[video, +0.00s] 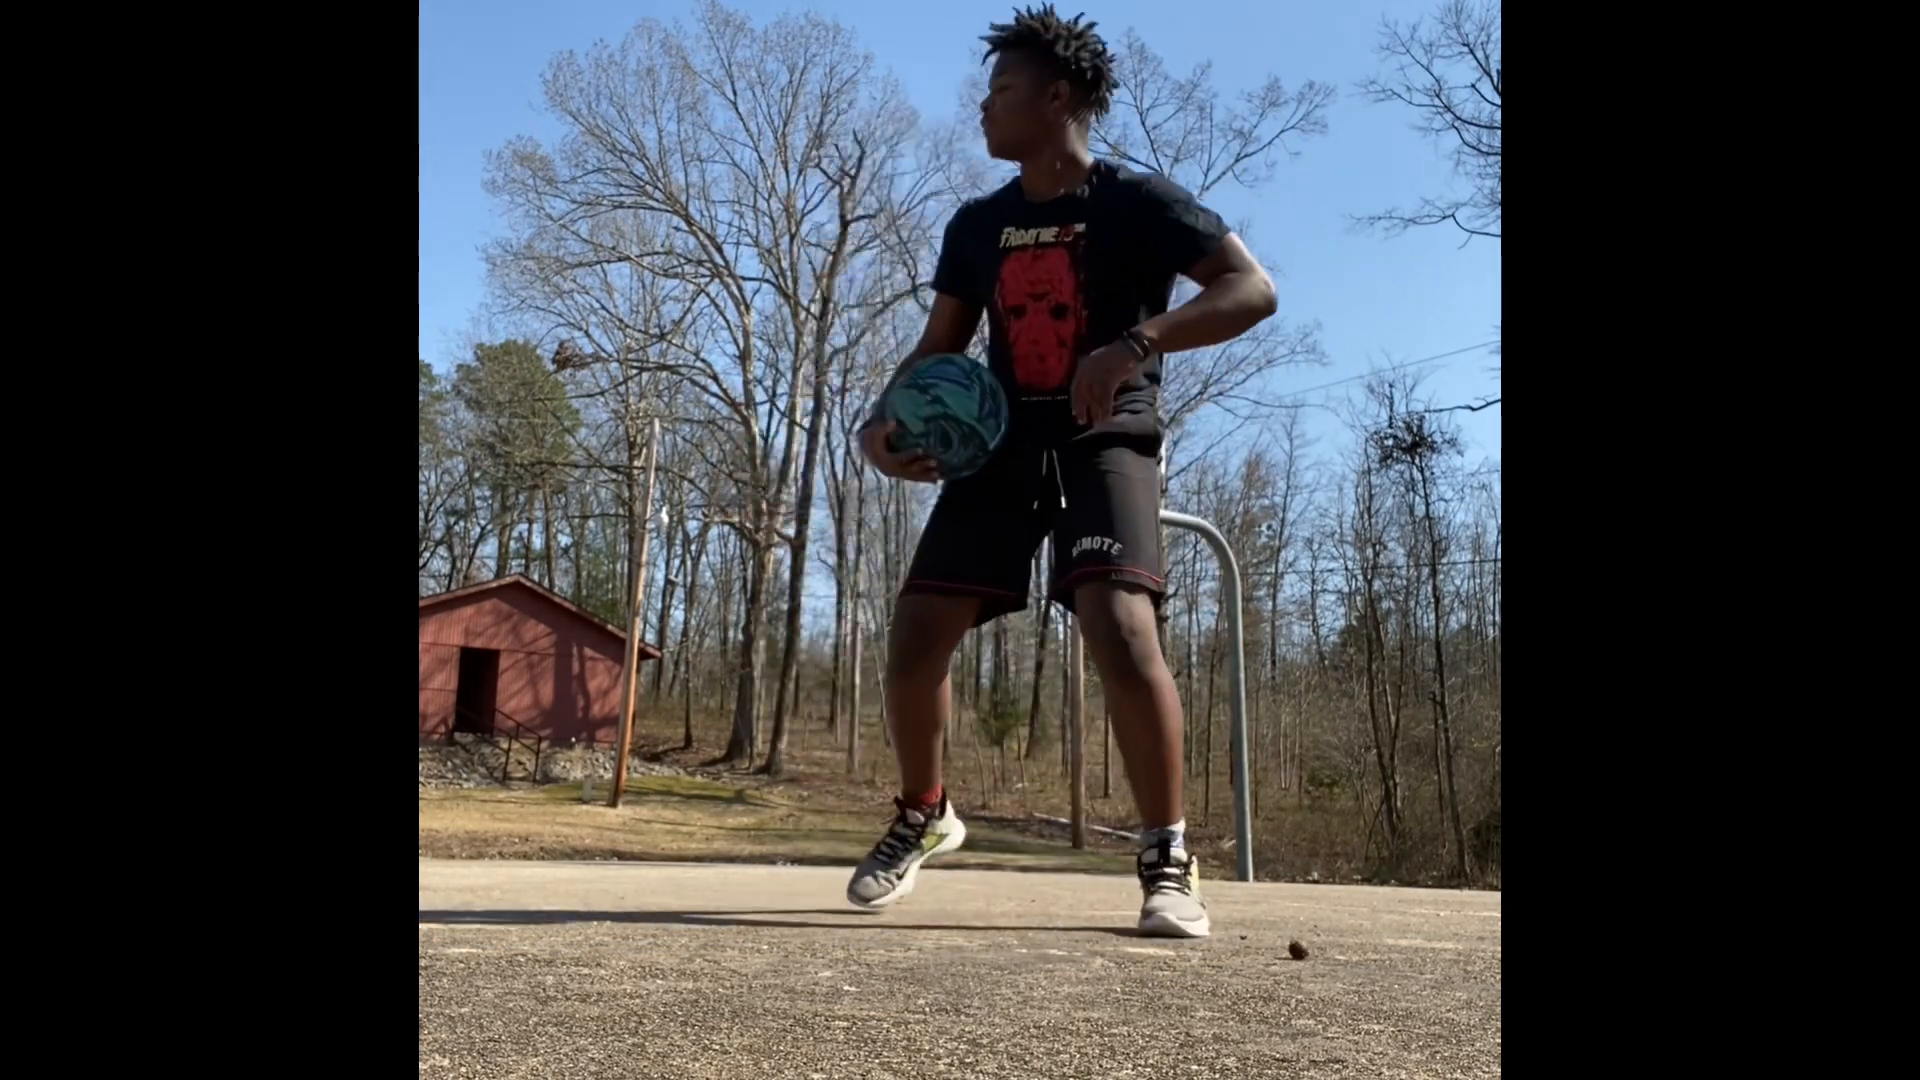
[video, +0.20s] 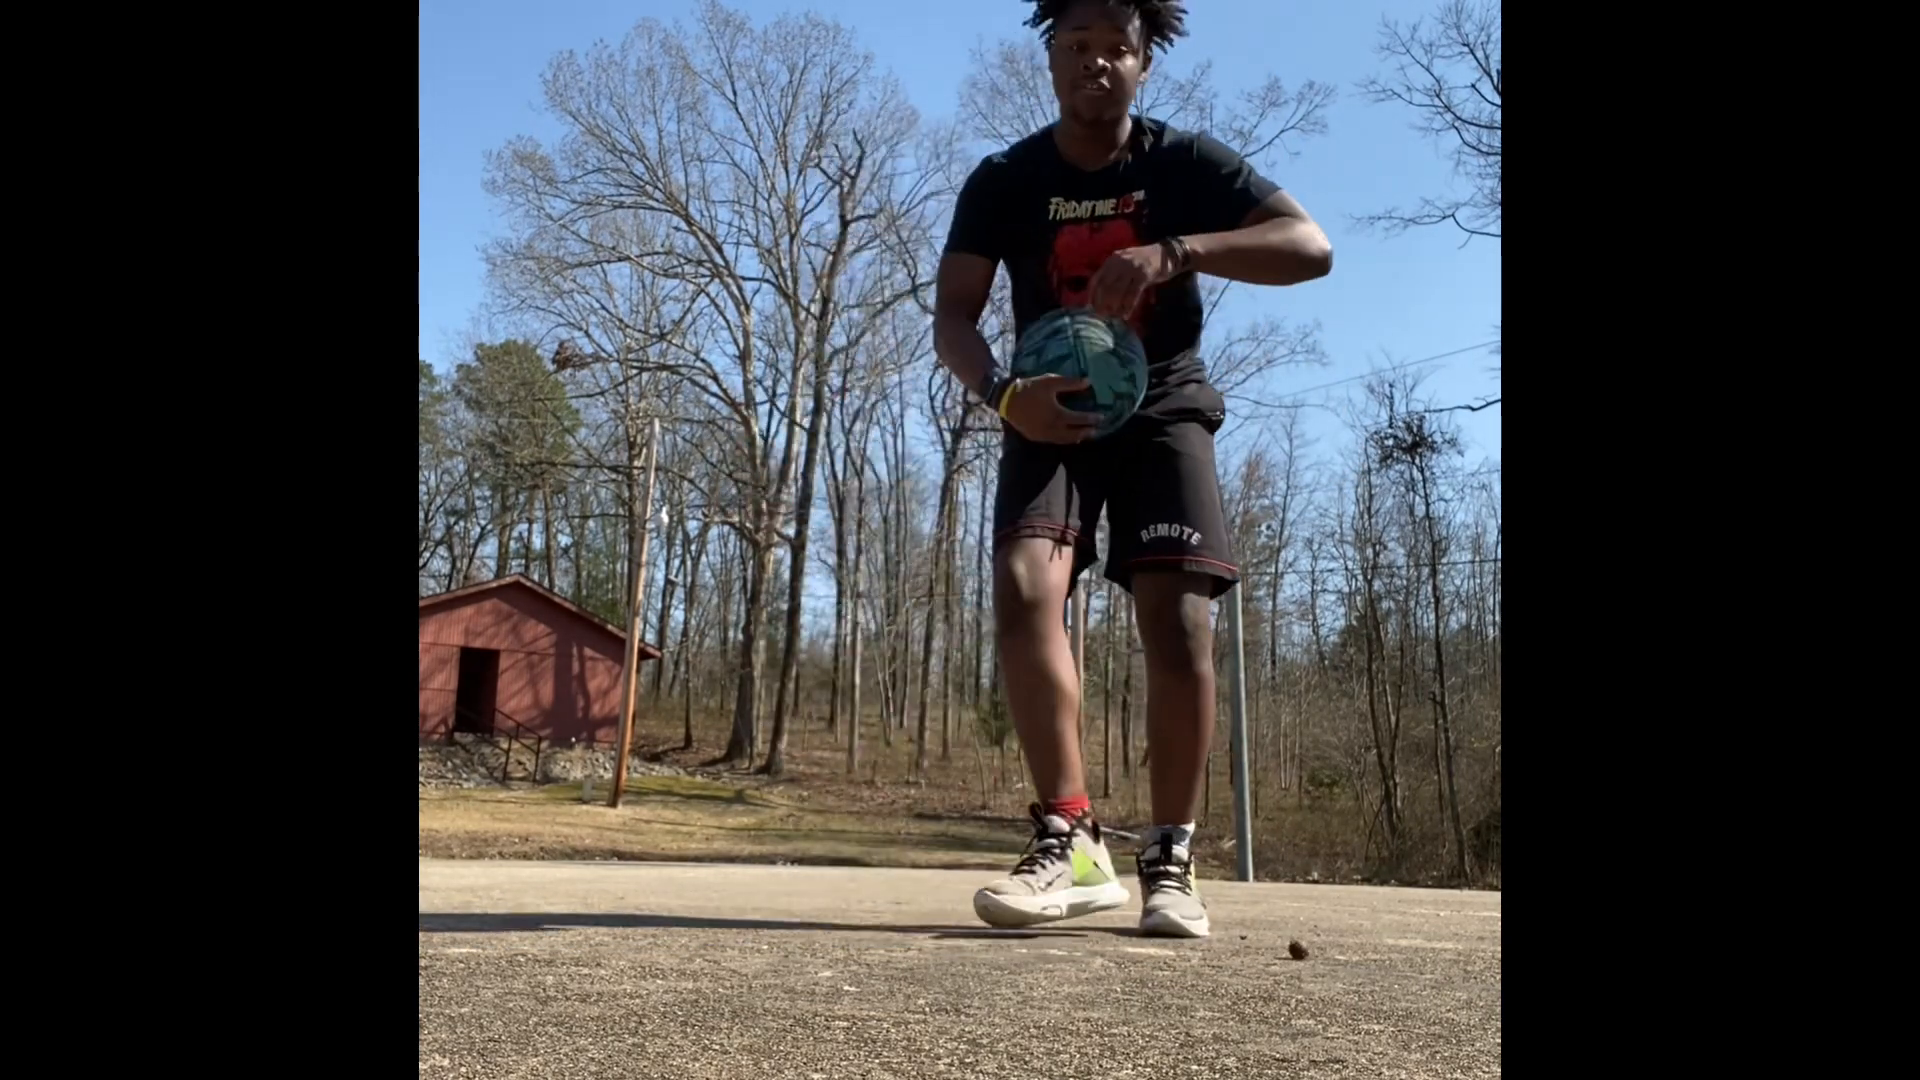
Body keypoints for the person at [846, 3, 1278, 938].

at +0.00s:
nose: (985, 103)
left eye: (1002, 87)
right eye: (988, 87)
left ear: (1061, 99)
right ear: (1032, 102)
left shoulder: (1139, 201)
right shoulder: (979, 224)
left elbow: (1251, 289)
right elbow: (938, 346)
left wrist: (1138, 343)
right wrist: (884, 423)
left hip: (1107, 440)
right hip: (999, 445)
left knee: (1118, 622)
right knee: (918, 630)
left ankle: (1167, 862)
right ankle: (924, 819)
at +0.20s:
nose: (1096, 63)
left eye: (1116, 48)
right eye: (1078, 45)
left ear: (1145, 65)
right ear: (1049, 56)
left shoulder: (1185, 161)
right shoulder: (1001, 181)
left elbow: (1310, 247)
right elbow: (955, 317)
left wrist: (1178, 252)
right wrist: (997, 392)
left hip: (1162, 402)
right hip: (1048, 405)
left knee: (1178, 614)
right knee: (1023, 578)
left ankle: (1170, 866)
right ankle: (1069, 844)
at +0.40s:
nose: (1127, 80)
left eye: (1142, 58)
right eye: (1101, 63)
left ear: (1168, 63)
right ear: (1062, 75)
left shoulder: (1220, 166)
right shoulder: (1025, 202)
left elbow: (1286, 317)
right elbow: (1017, 376)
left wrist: (1137, 295)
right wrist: (1150, 432)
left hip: (1213, 412)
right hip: (1086, 420)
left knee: (1233, 625)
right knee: (1107, 582)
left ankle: (1172, 855)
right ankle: (1165, 859)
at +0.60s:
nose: (1149, 94)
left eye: (1163, 65)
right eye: (1118, 80)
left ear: (1193, 54)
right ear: (1084, 88)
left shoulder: (1269, 152)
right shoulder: (1057, 194)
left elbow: (1347, 322)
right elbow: (1029, 374)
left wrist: (1174, 302)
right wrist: (1149, 458)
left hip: (1256, 380)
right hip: (1119, 397)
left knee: (1317, 563)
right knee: (1117, 593)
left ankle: (1284, 812)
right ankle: (1169, 867)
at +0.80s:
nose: (1205, 116)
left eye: (1226, 87)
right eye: (1174, 96)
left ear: (1262, 67)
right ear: (1137, 93)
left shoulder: (1330, 157)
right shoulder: (1107, 197)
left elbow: (1358, 366)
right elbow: (1070, 385)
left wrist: (1189, 322)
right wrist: (1187, 471)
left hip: (1322, 386)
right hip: (1182, 396)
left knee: (1378, 586)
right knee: (1146, 609)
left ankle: (1459, 879)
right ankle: (1177, 874)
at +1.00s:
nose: (1247, 141)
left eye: (1268, 108)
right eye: (1214, 118)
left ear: (1307, 75)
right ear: (1175, 105)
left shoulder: (1379, 148)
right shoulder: (1152, 202)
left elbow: (1406, 373)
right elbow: (1131, 406)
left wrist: (1233, 336)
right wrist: (1274, 456)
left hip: (1387, 366)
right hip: (1248, 379)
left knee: (1426, 563)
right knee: (1195, 600)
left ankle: (1470, 881)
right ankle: (1182, 876)